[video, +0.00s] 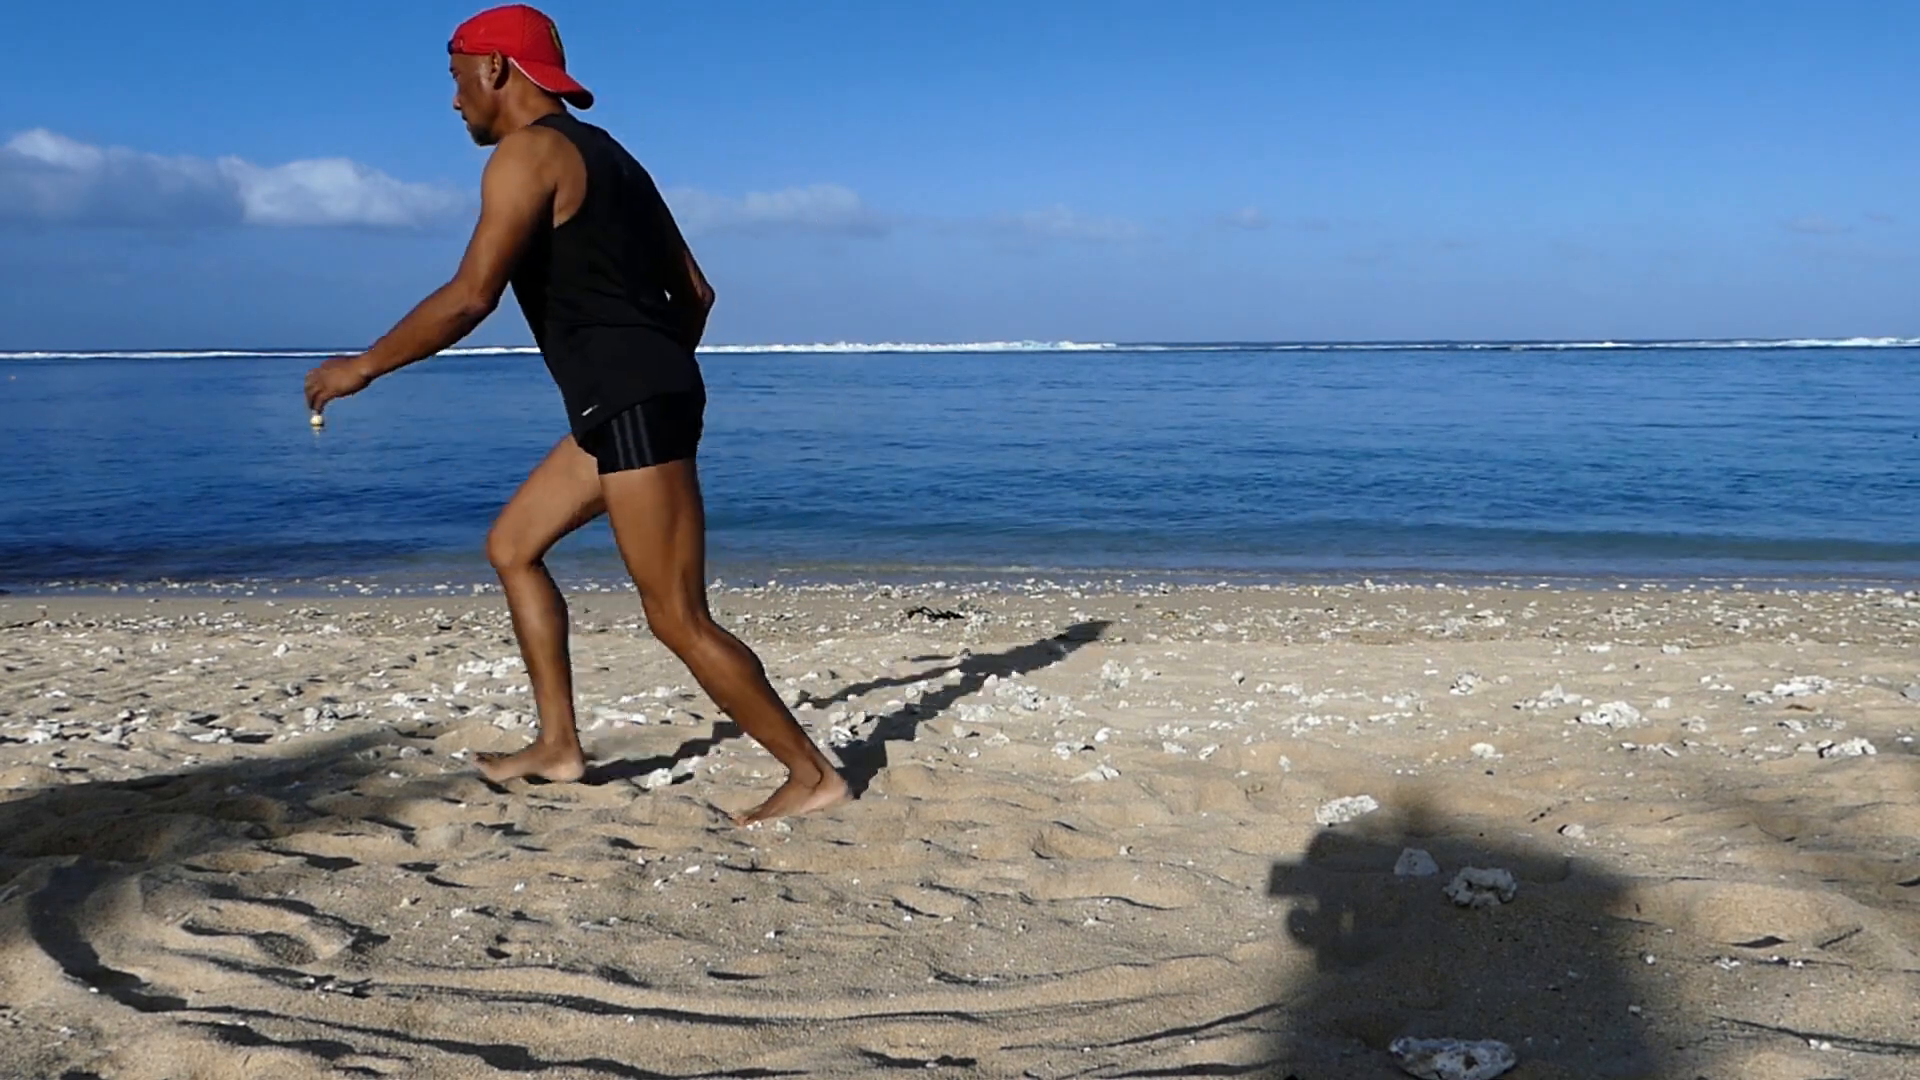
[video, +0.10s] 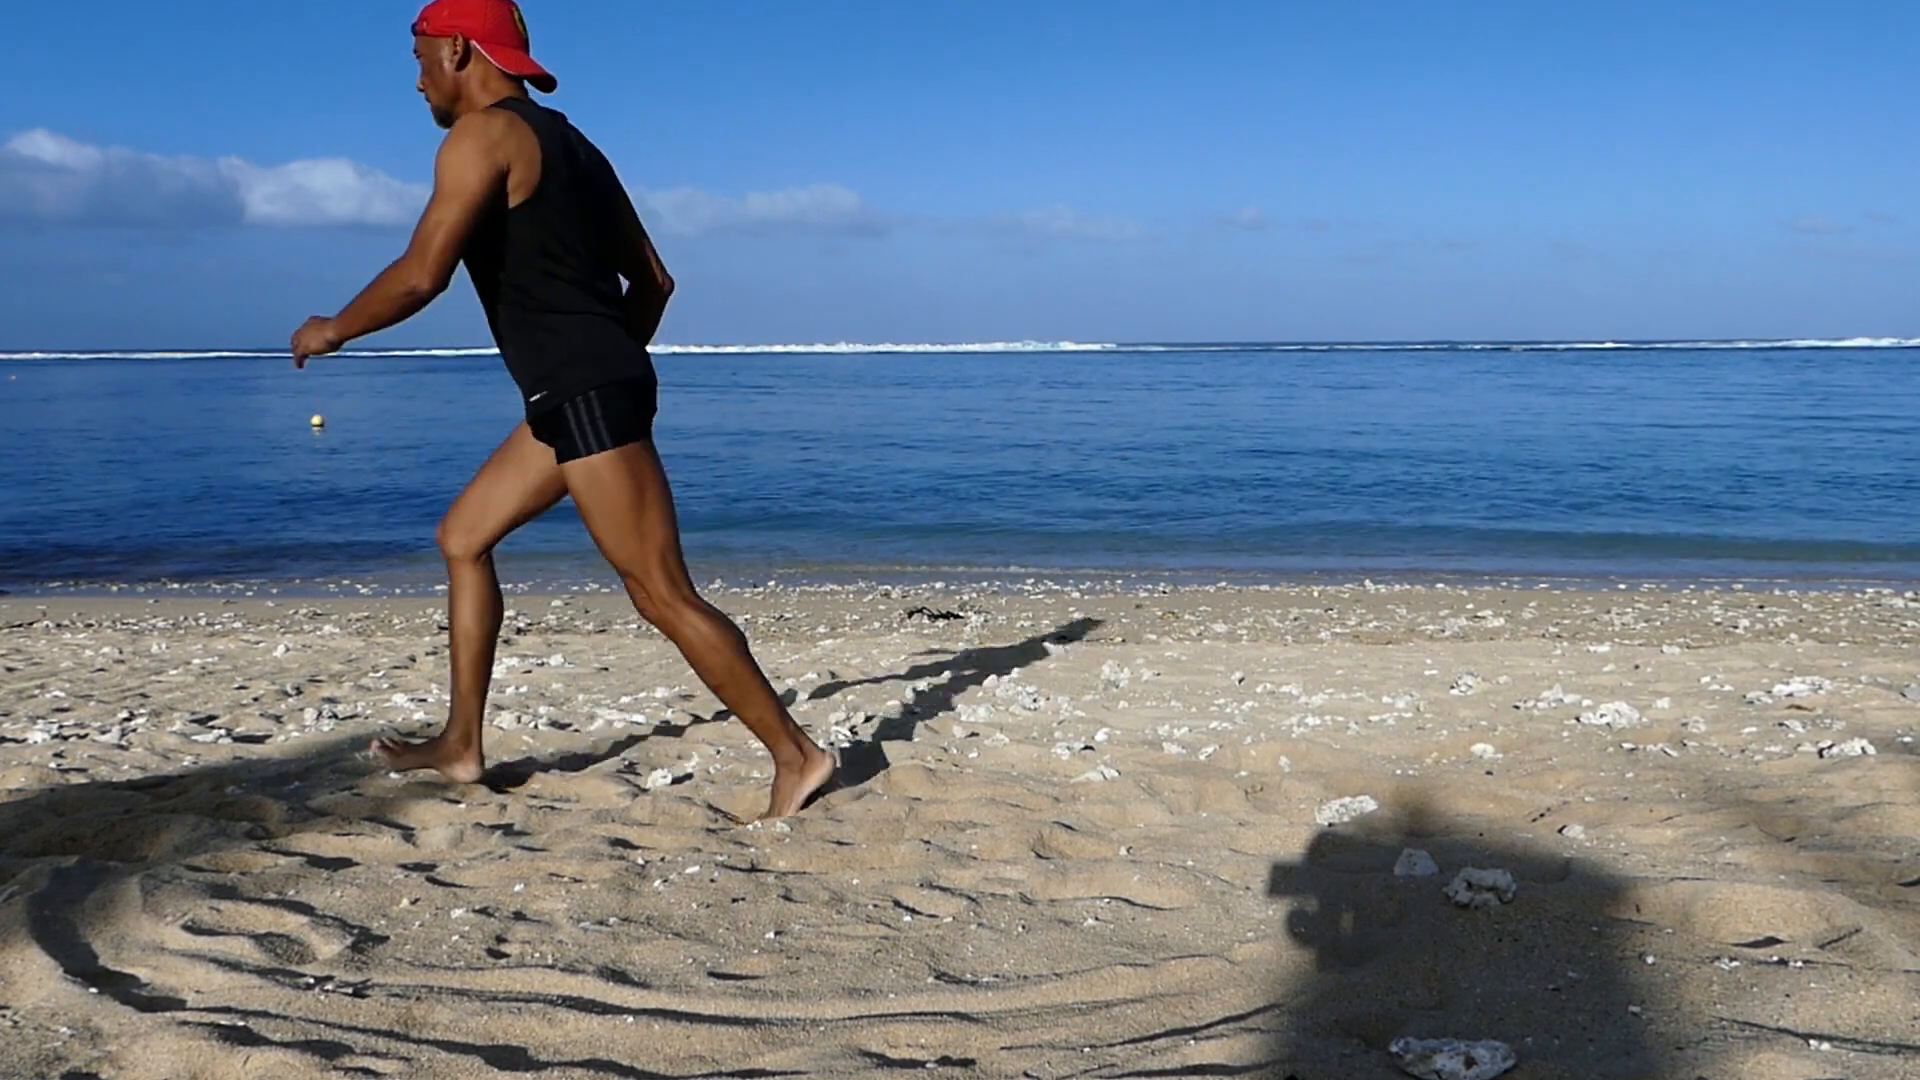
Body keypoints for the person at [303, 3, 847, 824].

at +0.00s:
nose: (457, 100)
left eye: (461, 81)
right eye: (455, 82)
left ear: (501, 75)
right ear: (533, 77)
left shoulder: (524, 155)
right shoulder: (607, 155)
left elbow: (471, 296)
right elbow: (694, 292)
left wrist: (362, 365)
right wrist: (650, 385)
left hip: (633, 402)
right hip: (642, 400)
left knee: (679, 618)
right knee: (513, 546)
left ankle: (813, 774)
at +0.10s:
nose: (417, 78)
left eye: (422, 58)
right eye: (418, 58)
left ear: (459, 54)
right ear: (488, 55)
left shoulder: (479, 138)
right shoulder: (562, 138)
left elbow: (419, 277)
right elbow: (653, 281)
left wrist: (334, 328)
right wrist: (604, 375)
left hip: (587, 391)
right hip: (596, 389)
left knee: (661, 592)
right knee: (464, 537)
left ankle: (798, 758)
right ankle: (460, 746)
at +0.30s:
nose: (335, 63)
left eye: (339, 43)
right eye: (335, 45)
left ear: (373, 40)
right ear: (407, 45)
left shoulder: (388, 121)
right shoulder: (470, 130)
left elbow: (331, 259)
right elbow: (525, 288)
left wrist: (276, 296)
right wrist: (483, 377)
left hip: (455, 384)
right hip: (471, 382)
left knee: (544, 584)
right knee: (370, 560)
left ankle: (724, 714)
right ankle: (344, 760)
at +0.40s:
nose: (286, 72)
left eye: (290, 53)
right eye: (287, 54)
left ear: (324, 54)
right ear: (360, 57)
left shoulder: (338, 142)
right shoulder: (409, 142)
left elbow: (304, 279)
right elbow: (430, 296)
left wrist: (246, 305)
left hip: (389, 397)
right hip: (414, 389)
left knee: (430, 611)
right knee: (323, 576)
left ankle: (640, 682)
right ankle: (340, 769)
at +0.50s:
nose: (249, 76)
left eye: (253, 58)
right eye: (251, 58)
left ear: (285, 59)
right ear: (318, 62)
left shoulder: (311, 151)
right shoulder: (361, 152)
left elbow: (296, 289)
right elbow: (368, 314)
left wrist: (225, 322)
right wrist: (320, 436)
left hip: (356, 401)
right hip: (376, 395)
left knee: (349, 622)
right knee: (299, 582)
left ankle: (561, 662)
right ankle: (340, 772)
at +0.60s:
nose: (193, 78)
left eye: (198, 60)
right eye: (195, 60)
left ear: (230, 63)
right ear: (273, 69)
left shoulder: (253, 155)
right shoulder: (312, 162)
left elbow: (287, 290)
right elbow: (304, 322)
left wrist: (193, 357)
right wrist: (221, 418)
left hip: (303, 407)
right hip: (348, 401)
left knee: (232, 606)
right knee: (284, 592)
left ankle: (435, 665)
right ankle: (337, 770)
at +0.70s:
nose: (156, 76)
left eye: (161, 58)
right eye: (160, 58)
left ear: (193, 61)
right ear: (232, 66)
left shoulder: (218, 150)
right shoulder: (277, 156)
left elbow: (274, 278)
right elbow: (236, 320)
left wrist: (184, 359)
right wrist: (148, 400)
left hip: (270, 406)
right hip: (322, 402)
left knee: (168, 582)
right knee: (271, 596)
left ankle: (350, 681)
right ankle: (335, 774)